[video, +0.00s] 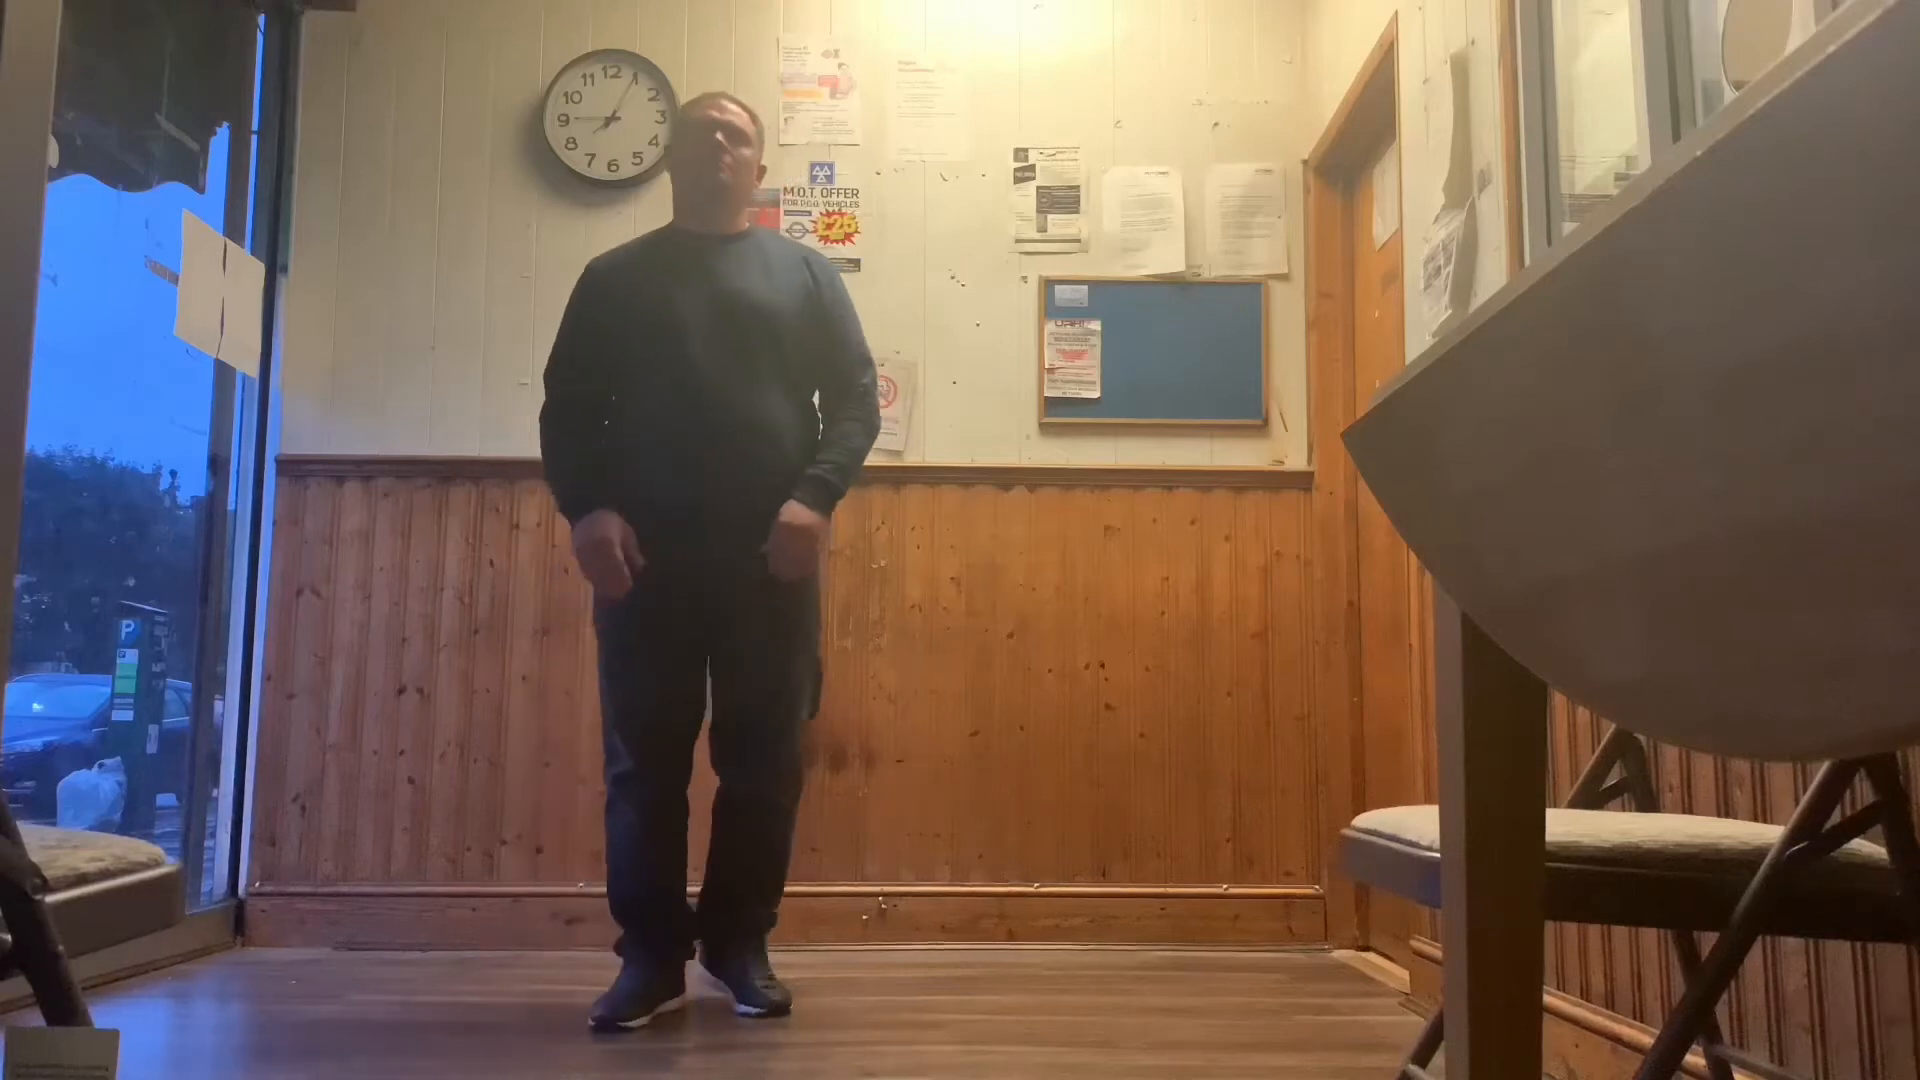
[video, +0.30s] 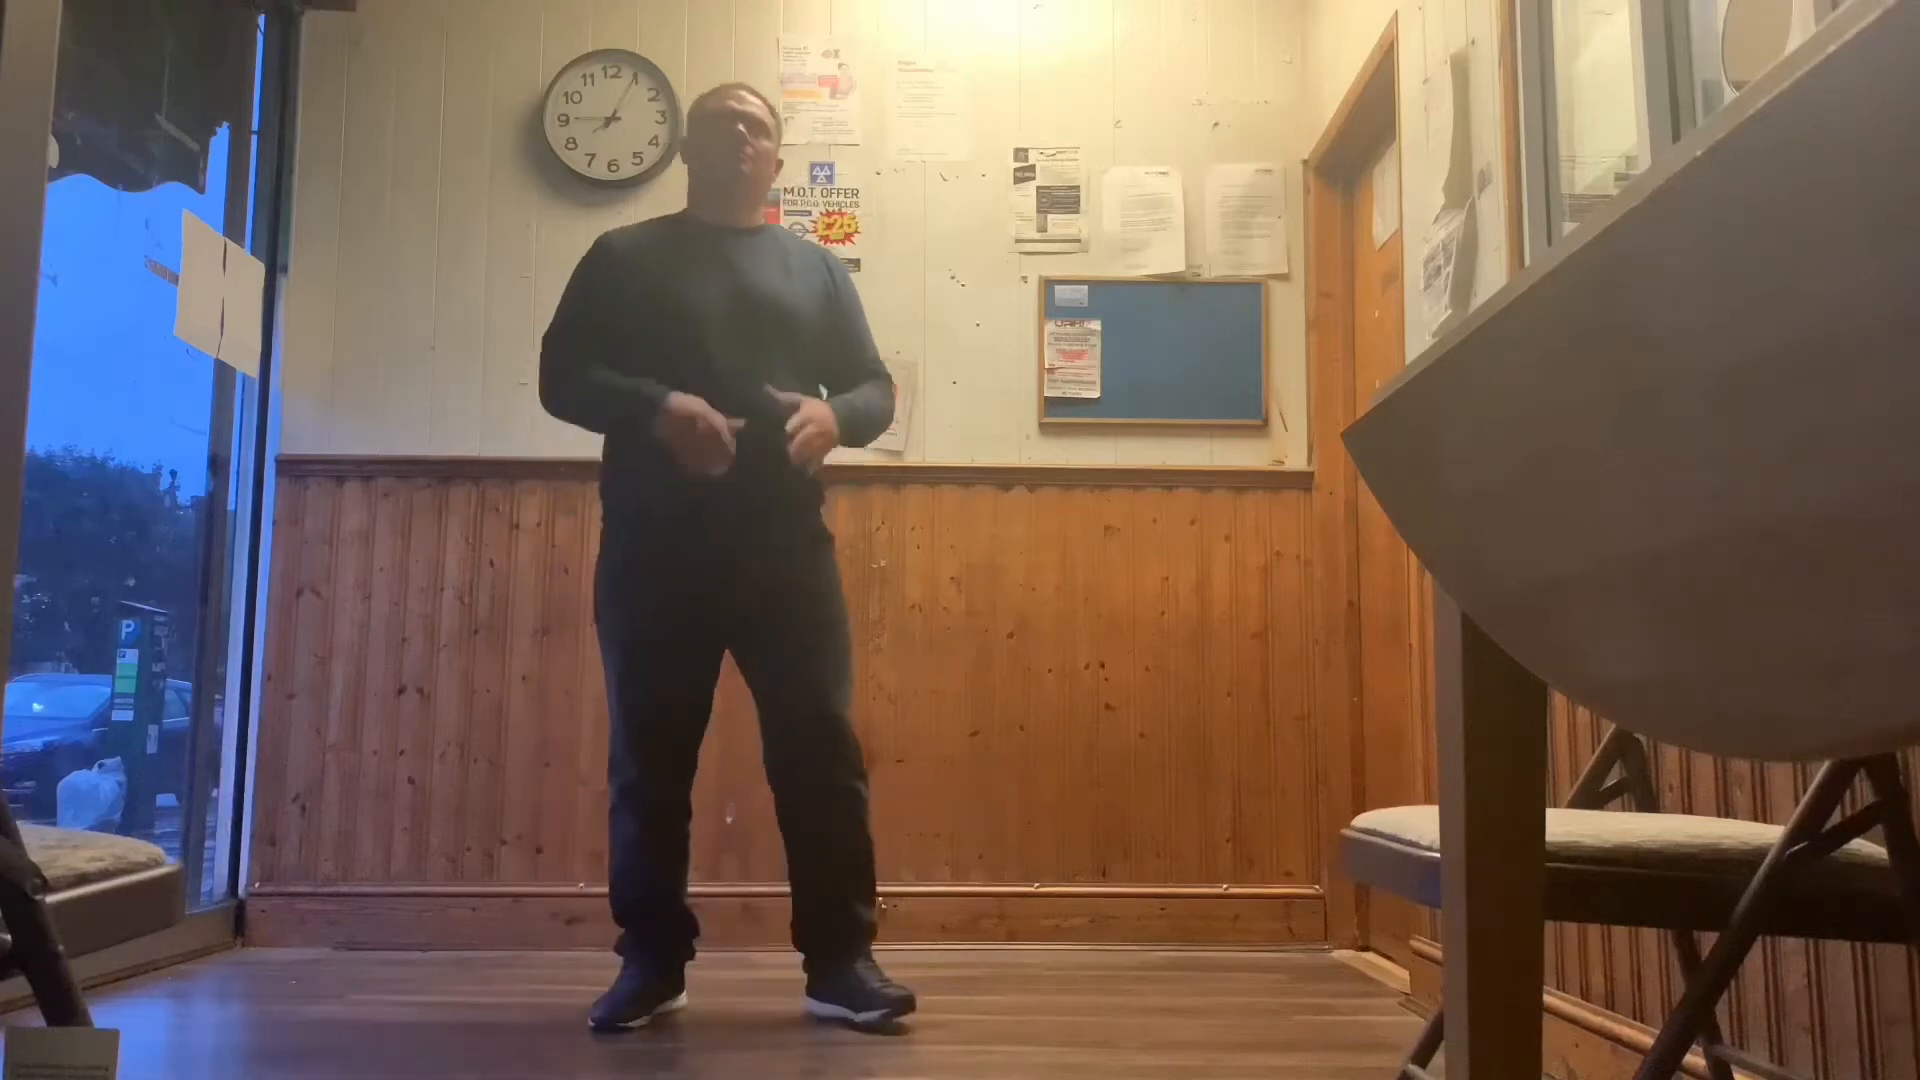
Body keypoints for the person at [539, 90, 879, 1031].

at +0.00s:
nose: (714, 140)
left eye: (733, 133)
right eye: (697, 129)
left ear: (760, 168)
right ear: (667, 160)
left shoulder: (806, 274)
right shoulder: (613, 276)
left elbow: (856, 403)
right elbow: (566, 404)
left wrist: (815, 495)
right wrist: (585, 507)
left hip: (768, 562)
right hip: (644, 561)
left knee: (762, 770)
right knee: (643, 771)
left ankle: (737, 950)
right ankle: (649, 960)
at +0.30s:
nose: (732, 131)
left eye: (751, 124)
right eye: (713, 119)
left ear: (779, 160)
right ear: (683, 152)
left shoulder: (815, 267)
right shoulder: (622, 256)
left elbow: (873, 391)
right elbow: (562, 377)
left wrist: (838, 415)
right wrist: (657, 409)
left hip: (784, 554)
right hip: (656, 554)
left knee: (821, 749)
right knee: (648, 767)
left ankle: (840, 963)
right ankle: (650, 962)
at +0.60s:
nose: (811, 133)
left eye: (822, 123)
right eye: (788, 120)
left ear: (842, 153)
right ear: (744, 150)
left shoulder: (889, 258)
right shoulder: (702, 259)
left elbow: (936, 370)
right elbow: (663, 387)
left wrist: (939, 422)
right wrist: (776, 408)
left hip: (868, 557)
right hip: (741, 557)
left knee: (882, 777)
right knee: (702, 759)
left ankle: (838, 972)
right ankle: (660, 941)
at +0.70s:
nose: (830, 124)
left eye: (841, 110)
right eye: (806, 111)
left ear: (861, 133)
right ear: (762, 135)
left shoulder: (909, 231)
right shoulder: (722, 244)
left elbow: (974, 357)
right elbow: (672, 363)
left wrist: (1038, 471)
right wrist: (679, 457)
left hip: (895, 534)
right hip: (772, 530)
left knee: (912, 752)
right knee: (768, 735)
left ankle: (848, 956)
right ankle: (739, 933)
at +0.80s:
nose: (842, 114)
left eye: (853, 100)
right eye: (818, 103)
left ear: (875, 123)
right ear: (775, 128)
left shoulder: (924, 213)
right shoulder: (735, 233)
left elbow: (1019, 315)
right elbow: (627, 332)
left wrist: (1124, 400)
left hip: (919, 517)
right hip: (799, 525)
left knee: (971, 733)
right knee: (838, 746)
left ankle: (867, 929)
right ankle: (885, 982)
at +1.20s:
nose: (845, 132)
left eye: (863, 121)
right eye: (824, 122)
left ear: (892, 158)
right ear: (794, 158)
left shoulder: (931, 270)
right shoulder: (745, 265)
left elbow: (1003, 388)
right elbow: (677, 376)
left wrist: (1086, 472)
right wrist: (602, 447)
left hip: (899, 542)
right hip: (778, 540)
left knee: (945, 757)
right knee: (823, 726)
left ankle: (900, 959)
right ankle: (870, 977)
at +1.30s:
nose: (813, 117)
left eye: (830, 105)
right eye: (795, 104)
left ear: (860, 136)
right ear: (765, 135)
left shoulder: (902, 240)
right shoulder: (715, 229)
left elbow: (973, 356)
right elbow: (608, 340)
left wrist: (930, 363)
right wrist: (662, 296)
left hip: (874, 532)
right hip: (748, 529)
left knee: (916, 740)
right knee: (714, 712)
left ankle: (891, 966)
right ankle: (734, 872)